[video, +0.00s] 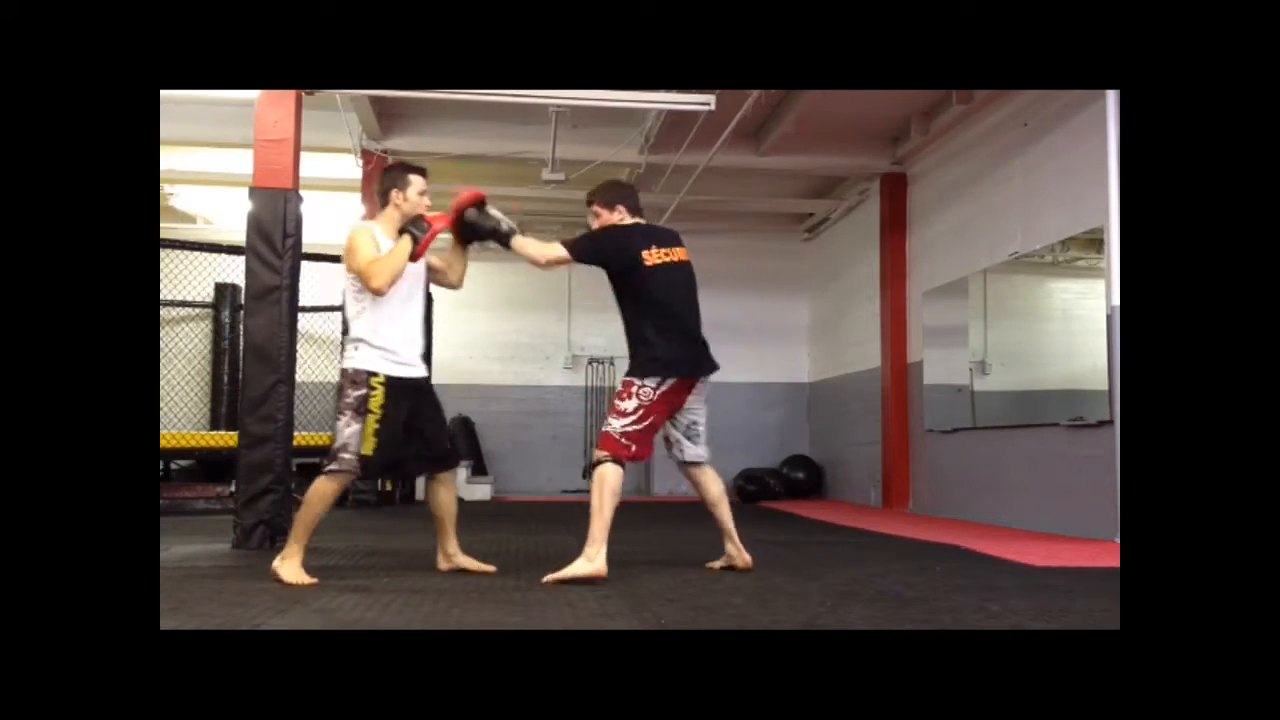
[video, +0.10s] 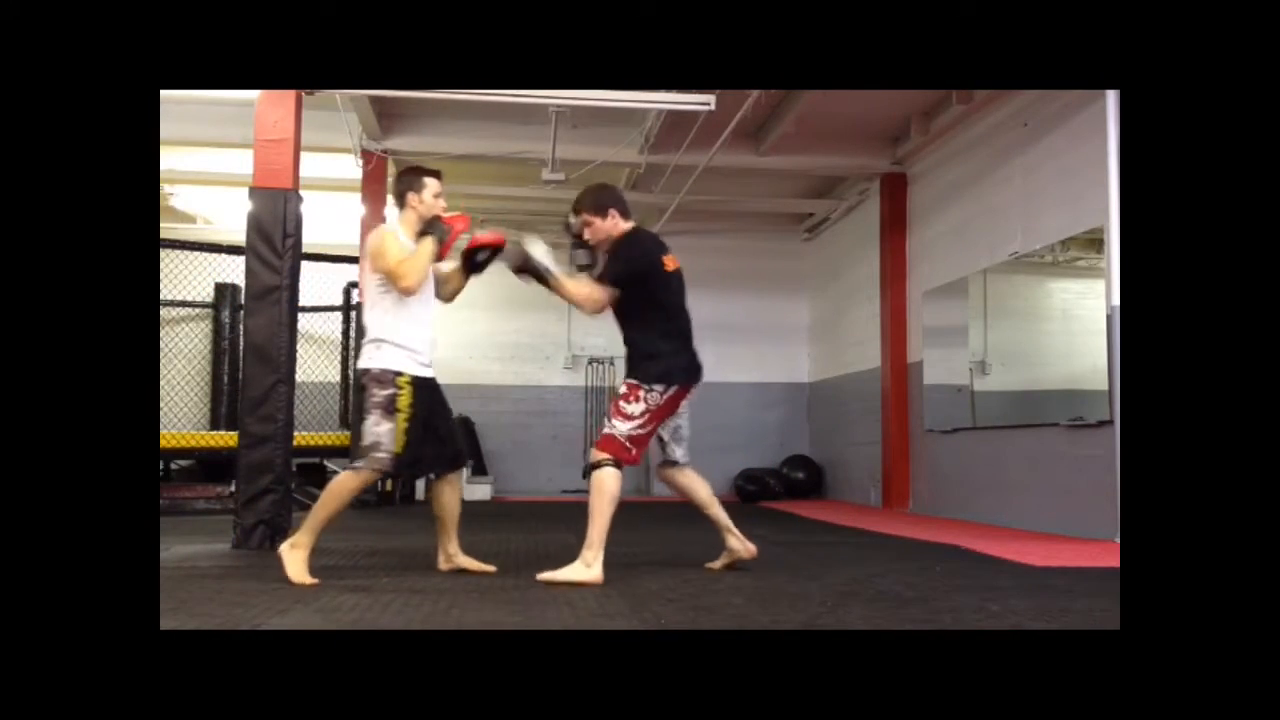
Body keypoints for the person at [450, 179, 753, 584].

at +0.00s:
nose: (593, 224)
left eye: (595, 216)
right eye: (593, 217)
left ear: (618, 211)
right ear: (631, 212)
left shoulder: (614, 239)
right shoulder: (669, 237)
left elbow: (546, 256)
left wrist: (502, 231)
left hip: (656, 365)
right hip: (693, 362)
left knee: (610, 453)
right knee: (695, 459)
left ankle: (593, 556)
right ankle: (736, 549)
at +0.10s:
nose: (585, 235)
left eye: (588, 225)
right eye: (583, 227)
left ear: (612, 216)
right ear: (616, 218)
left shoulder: (630, 248)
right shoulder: (646, 244)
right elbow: (599, 300)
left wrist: (546, 270)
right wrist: (544, 277)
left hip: (657, 374)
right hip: (676, 371)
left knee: (606, 455)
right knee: (672, 467)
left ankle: (590, 562)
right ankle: (735, 541)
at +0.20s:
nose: (578, 258)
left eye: (584, 248)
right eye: (575, 250)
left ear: (609, 239)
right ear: (576, 247)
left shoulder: (649, 267)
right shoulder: (587, 273)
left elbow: (663, 336)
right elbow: (563, 322)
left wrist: (604, 321)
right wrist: (556, 284)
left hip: (661, 383)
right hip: (630, 382)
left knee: (591, 452)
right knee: (651, 479)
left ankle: (588, 563)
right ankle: (733, 537)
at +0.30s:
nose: (563, 272)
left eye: (567, 263)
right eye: (559, 265)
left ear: (592, 255)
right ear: (581, 256)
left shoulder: (638, 277)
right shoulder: (572, 284)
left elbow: (677, 340)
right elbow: (539, 326)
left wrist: (631, 357)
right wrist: (544, 281)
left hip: (652, 386)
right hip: (621, 387)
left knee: (578, 454)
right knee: (654, 479)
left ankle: (587, 563)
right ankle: (732, 537)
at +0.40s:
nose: (544, 256)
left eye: (546, 247)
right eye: (542, 249)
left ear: (570, 240)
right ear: (573, 238)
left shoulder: (618, 266)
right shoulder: (581, 266)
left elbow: (645, 337)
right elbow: (560, 307)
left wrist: (592, 365)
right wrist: (555, 274)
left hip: (633, 376)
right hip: (639, 376)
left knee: (570, 456)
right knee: (650, 463)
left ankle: (586, 561)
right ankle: (719, 531)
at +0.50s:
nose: (547, 236)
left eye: (547, 226)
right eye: (545, 226)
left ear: (563, 218)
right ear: (575, 212)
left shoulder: (580, 263)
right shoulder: (626, 227)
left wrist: (545, 336)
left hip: (616, 368)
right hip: (656, 361)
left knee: (573, 456)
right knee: (646, 450)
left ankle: (585, 561)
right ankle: (696, 532)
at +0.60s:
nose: (550, 226)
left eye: (549, 216)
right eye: (547, 217)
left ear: (566, 207)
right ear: (588, 202)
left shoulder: (571, 249)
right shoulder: (633, 220)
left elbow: (536, 307)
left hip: (616, 364)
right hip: (659, 359)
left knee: (576, 454)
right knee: (647, 449)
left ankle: (586, 561)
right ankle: (694, 535)